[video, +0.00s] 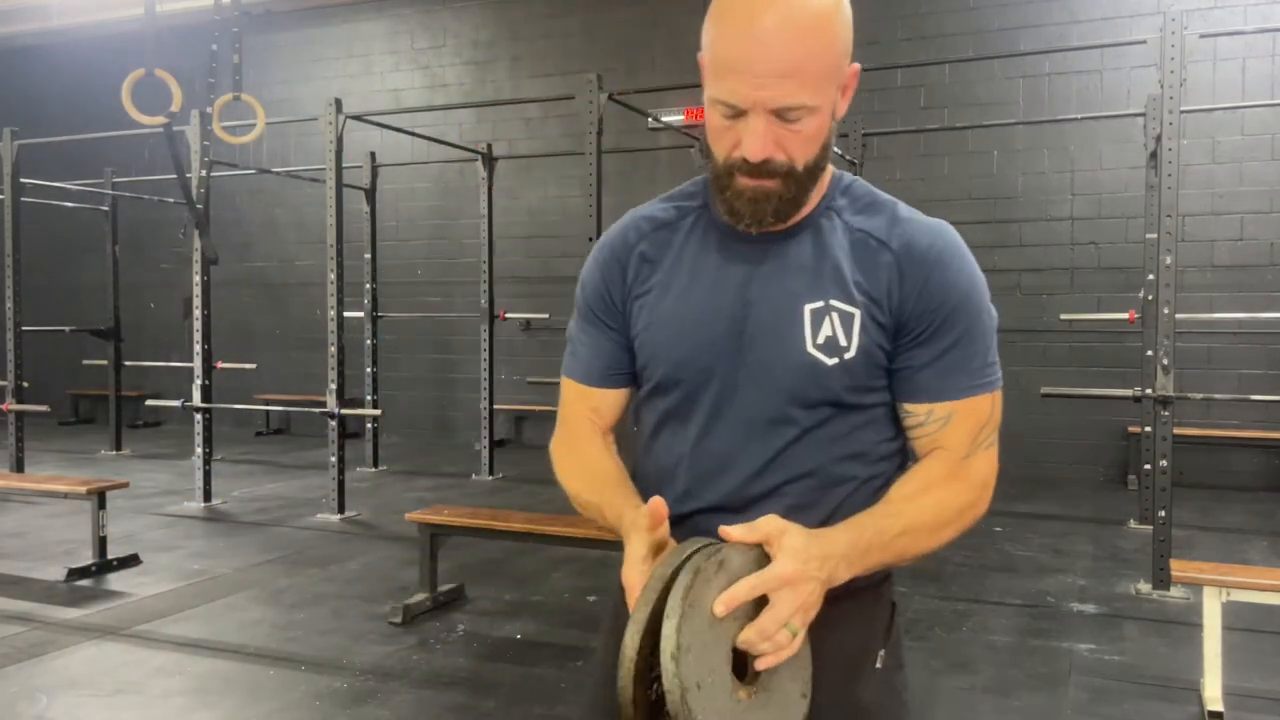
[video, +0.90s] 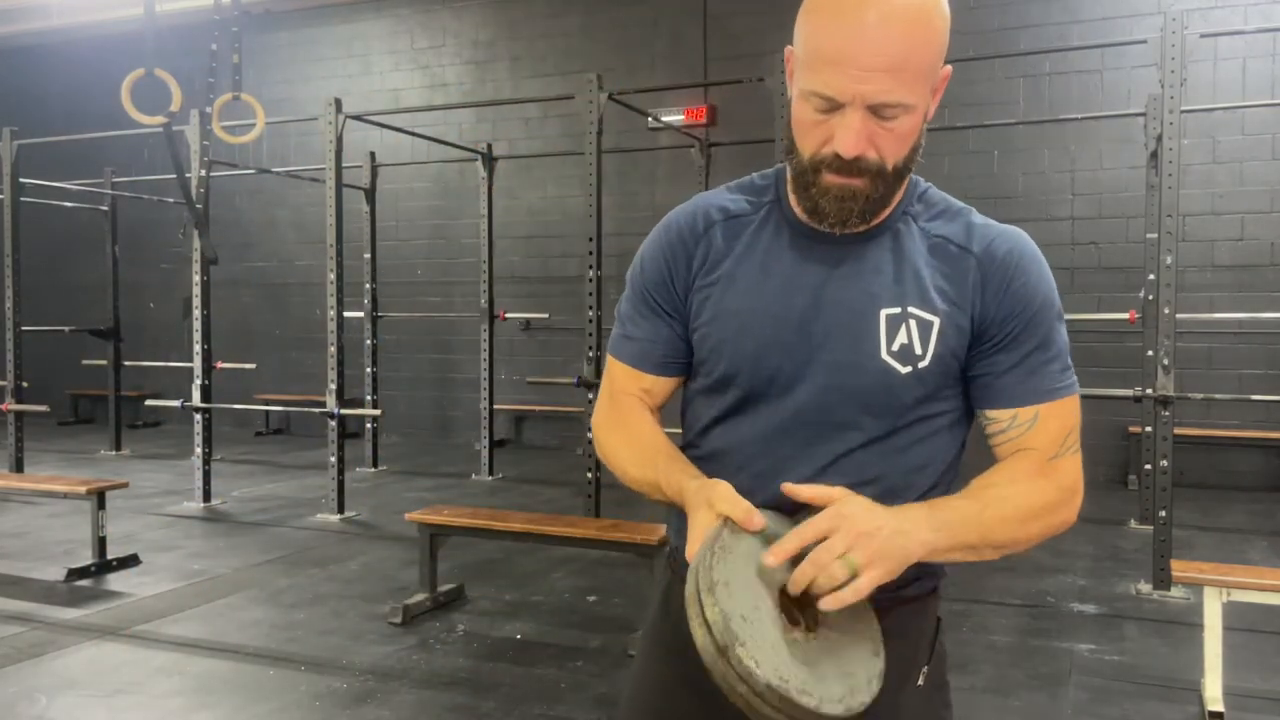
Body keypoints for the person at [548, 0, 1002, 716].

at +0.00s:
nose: (755, 147)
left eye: (790, 116)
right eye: (730, 111)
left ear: (844, 93)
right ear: (702, 79)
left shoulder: (919, 260)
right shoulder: (631, 254)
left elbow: (962, 473)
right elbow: (578, 434)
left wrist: (829, 555)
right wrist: (629, 519)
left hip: (838, 629)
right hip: (660, 618)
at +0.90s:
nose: (849, 143)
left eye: (885, 112)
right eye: (824, 105)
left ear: (935, 95)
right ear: (789, 74)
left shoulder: (993, 267)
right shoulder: (694, 241)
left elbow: (1050, 483)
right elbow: (619, 415)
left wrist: (908, 528)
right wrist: (689, 488)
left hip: (887, 631)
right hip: (704, 613)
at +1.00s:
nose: (839, 144)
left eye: (874, 111)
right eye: (813, 106)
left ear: (926, 92)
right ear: (778, 74)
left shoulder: (991, 263)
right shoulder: (689, 242)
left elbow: (1040, 476)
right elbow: (612, 415)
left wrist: (953, 571)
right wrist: (686, 477)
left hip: (884, 634)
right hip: (702, 615)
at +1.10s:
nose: (827, 142)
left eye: (862, 110)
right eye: (801, 105)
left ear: (915, 92)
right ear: (769, 75)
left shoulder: (982, 265)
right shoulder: (686, 242)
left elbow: (1038, 482)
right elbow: (603, 422)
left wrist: (948, 624)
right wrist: (693, 480)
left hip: (877, 654)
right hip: (697, 628)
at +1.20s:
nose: (817, 142)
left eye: (851, 110)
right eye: (790, 107)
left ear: (905, 91)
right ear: (759, 77)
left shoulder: (977, 266)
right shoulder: (684, 243)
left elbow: (1027, 481)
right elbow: (598, 424)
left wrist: (937, 631)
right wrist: (706, 481)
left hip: (875, 658)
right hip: (696, 635)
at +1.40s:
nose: (808, 142)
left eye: (842, 108)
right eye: (781, 108)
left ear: (894, 89)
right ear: (749, 83)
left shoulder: (971, 268)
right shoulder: (678, 241)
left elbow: (1018, 478)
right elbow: (595, 424)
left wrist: (955, 630)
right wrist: (717, 475)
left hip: (870, 654)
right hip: (689, 634)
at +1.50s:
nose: (807, 142)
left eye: (840, 108)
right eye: (779, 109)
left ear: (891, 88)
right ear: (746, 84)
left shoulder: (970, 269)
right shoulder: (676, 243)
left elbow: (1014, 475)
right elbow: (595, 428)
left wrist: (958, 624)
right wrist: (721, 478)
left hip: (870, 658)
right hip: (688, 636)